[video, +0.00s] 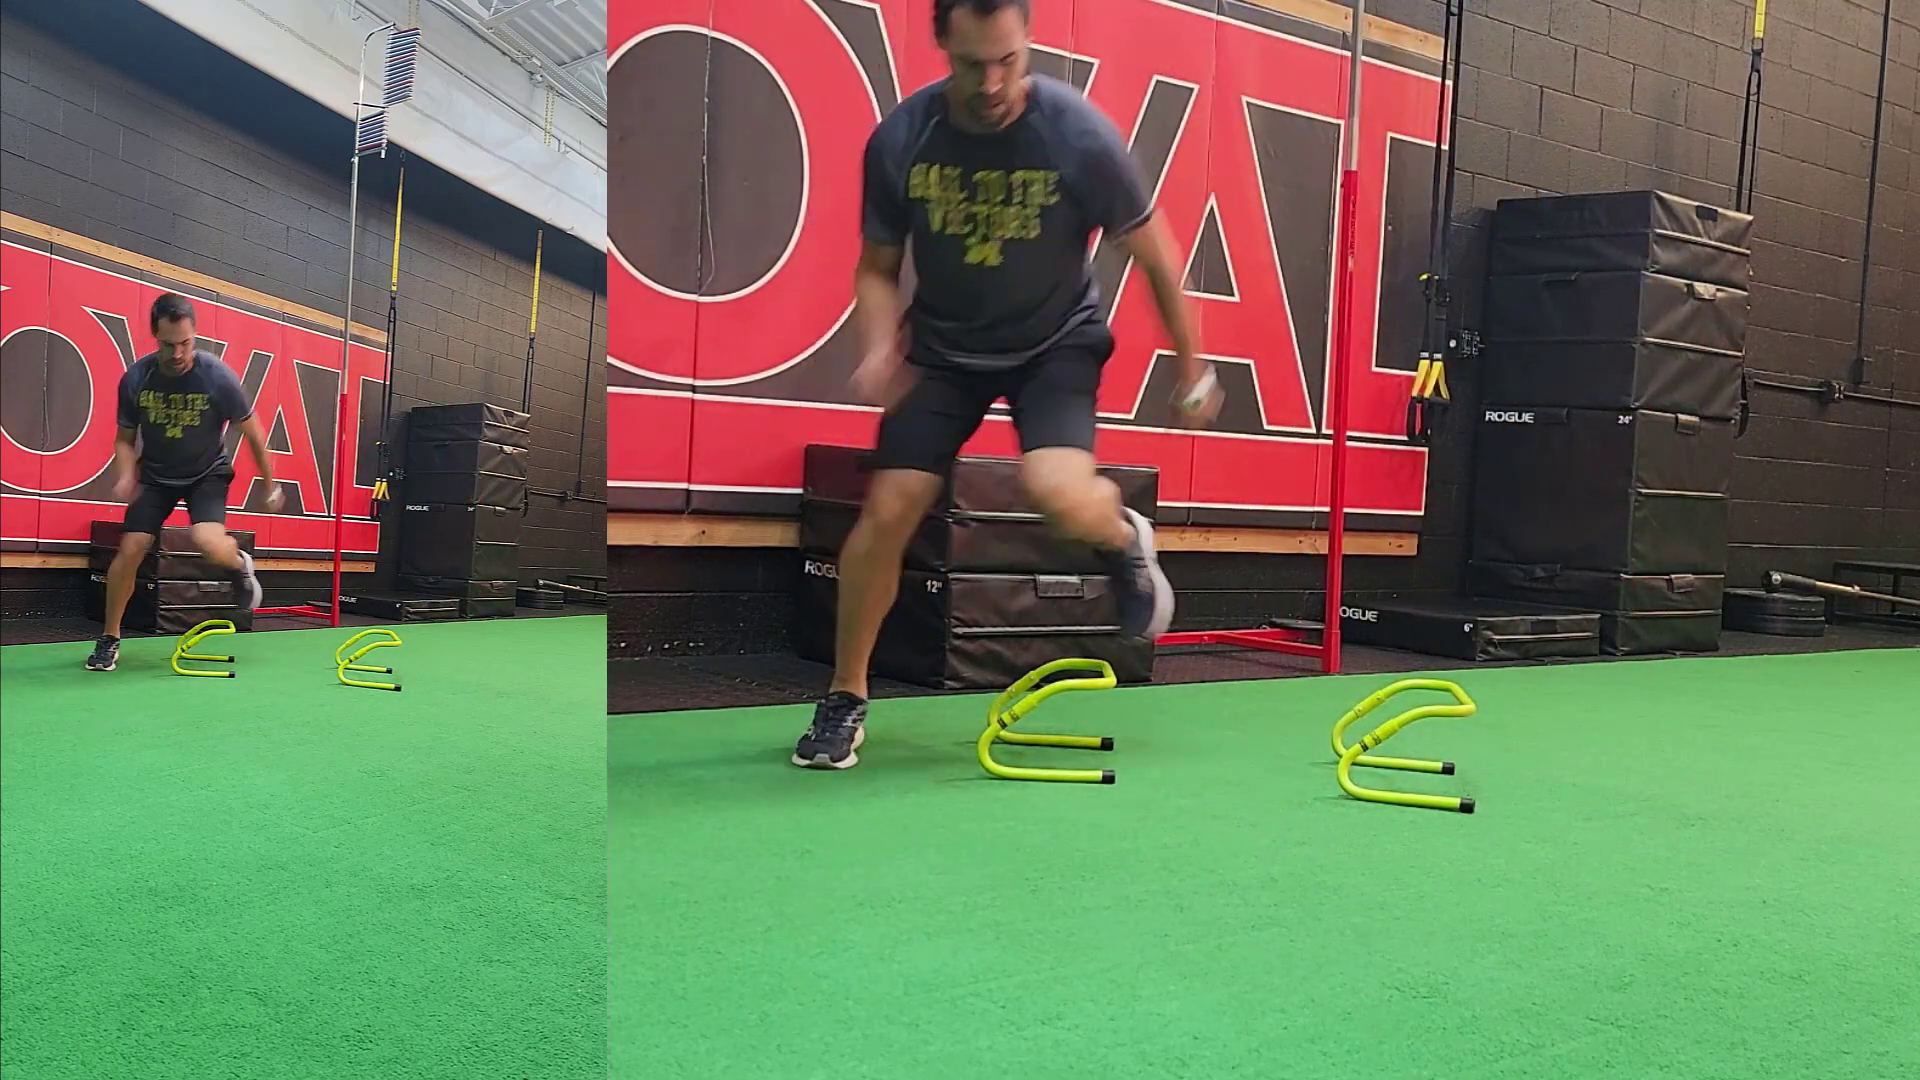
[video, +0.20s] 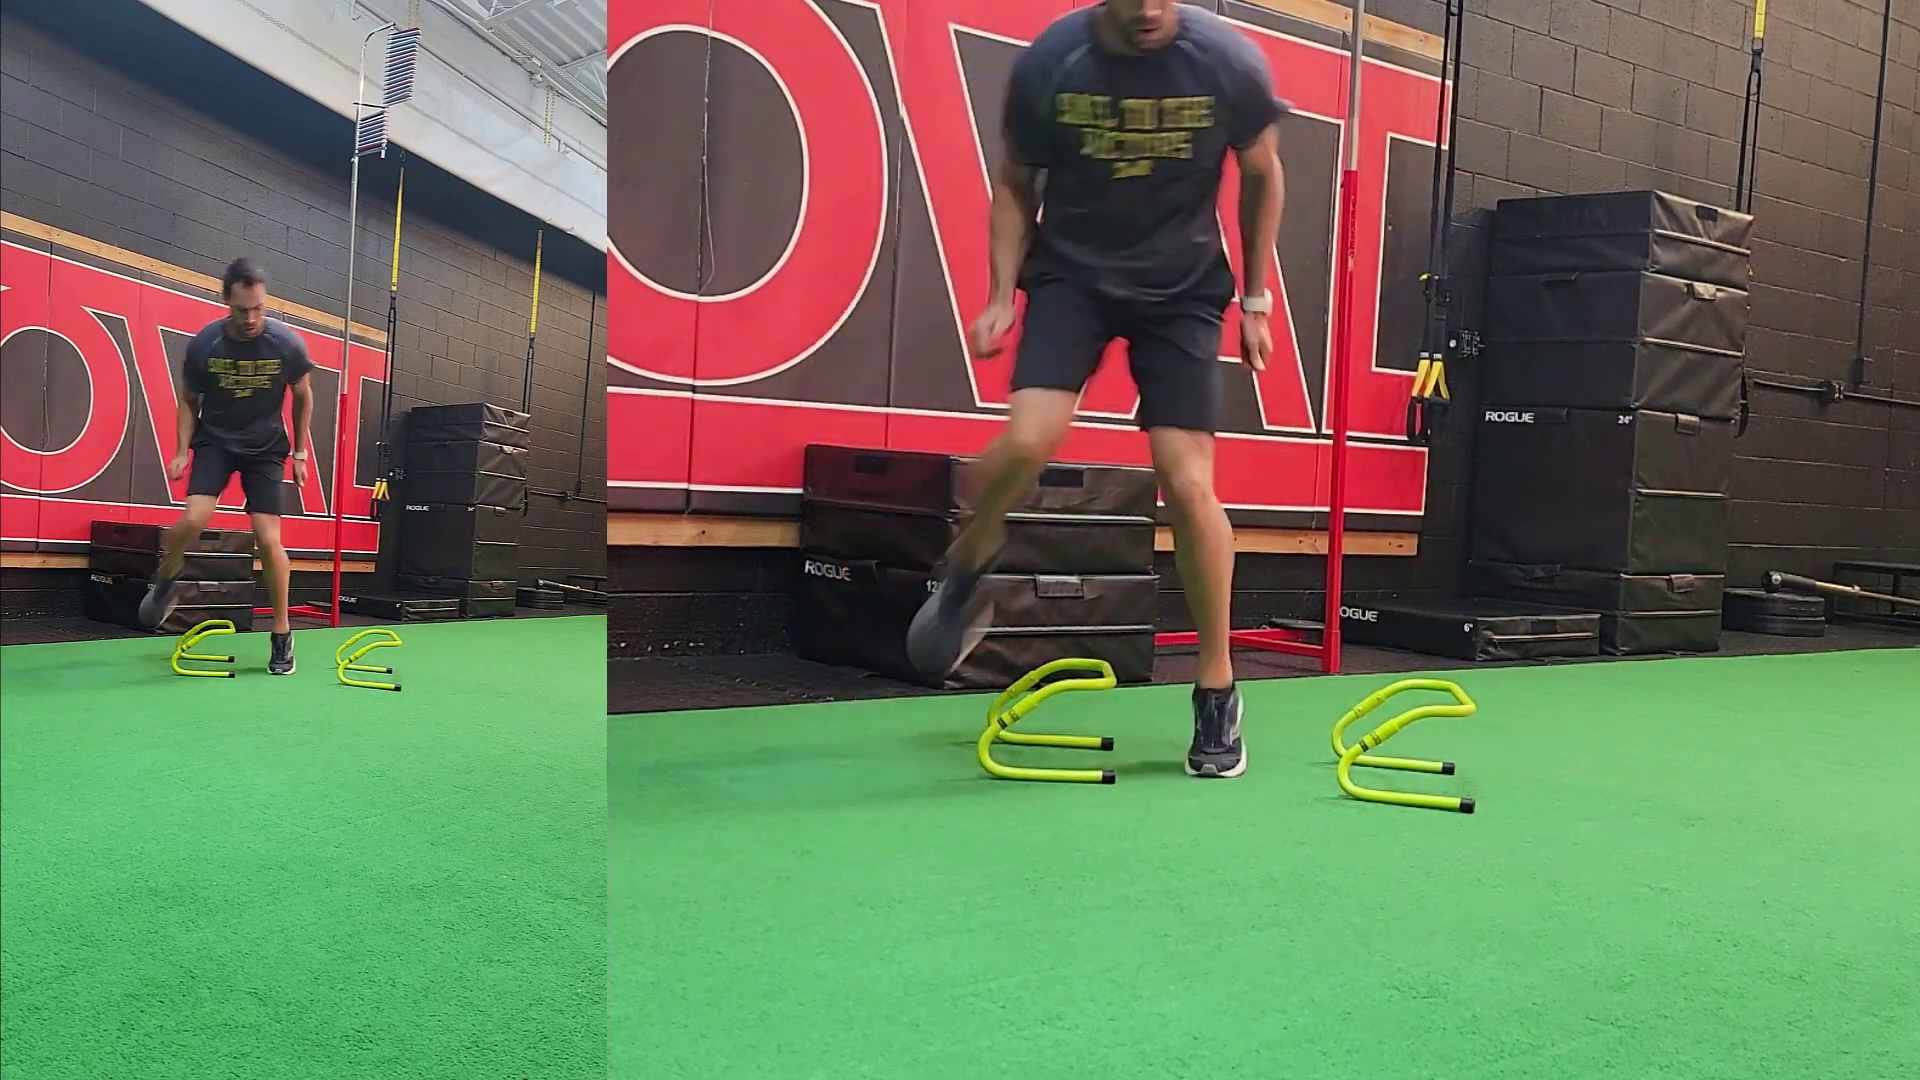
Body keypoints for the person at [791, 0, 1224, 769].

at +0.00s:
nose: (991, 83)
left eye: (1006, 62)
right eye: (972, 66)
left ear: (1029, 43)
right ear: (942, 51)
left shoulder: (1083, 139)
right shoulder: (899, 141)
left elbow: (1159, 258)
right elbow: (878, 266)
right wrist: (879, 347)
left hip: (1054, 346)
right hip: (943, 350)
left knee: (1058, 492)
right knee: (890, 506)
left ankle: (1128, 546)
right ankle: (845, 696)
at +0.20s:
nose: (1151, 13)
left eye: (1163, 1)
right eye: (1134, 3)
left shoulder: (1229, 64)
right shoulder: (1047, 64)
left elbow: (1264, 172)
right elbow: (1014, 185)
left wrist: (1257, 295)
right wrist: (1001, 294)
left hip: (1179, 289)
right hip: (1071, 280)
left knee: (1188, 485)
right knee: (1028, 445)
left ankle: (1216, 692)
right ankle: (963, 572)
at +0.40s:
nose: (1293, 8)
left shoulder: (1343, 54)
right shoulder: (1165, 57)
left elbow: (1369, 164)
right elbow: (1108, 181)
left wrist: (1343, 186)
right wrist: (1082, 317)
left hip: (1298, 282)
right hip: (1198, 274)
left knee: (1295, 459)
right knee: (1223, 437)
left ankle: (1250, 644)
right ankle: (1194, 642)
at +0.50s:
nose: (1347, 22)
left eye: (1359, 7)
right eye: (1330, 6)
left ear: (1373, 5)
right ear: (1290, 2)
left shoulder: (1400, 83)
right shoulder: (1225, 90)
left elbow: (1413, 194)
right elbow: (1169, 231)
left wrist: (1419, 304)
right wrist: (1173, 353)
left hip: (1355, 311)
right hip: (1243, 312)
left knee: (1402, 465)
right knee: (1243, 511)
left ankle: (1342, 505)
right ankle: (1204, 714)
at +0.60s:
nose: (1409, 26)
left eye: (1423, 10)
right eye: (1392, 9)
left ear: (1439, 10)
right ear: (1351, 7)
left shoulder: (1461, 78)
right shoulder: (1288, 90)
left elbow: (1474, 177)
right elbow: (1232, 225)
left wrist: (1469, 295)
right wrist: (1247, 351)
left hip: (1423, 310)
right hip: (1308, 323)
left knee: (1501, 466)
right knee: (1286, 503)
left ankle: (1486, 584)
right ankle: (1211, 709)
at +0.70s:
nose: (1477, 42)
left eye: (1492, 23)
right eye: (1460, 22)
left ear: (1509, 17)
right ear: (1420, 15)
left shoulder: (1531, 76)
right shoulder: (1357, 93)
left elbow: (1535, 163)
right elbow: (1301, 225)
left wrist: (1518, 266)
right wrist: (1351, 335)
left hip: (1485, 304)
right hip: (1379, 309)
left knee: (1542, 490)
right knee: (1356, 472)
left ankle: (1597, 693)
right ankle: (1274, 624)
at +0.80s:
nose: (1543, 91)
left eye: (1558, 71)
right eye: (1525, 72)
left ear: (1573, 53)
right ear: (1481, 51)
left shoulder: (1594, 129)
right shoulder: (1421, 147)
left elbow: (1594, 220)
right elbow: (1390, 288)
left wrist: (1571, 316)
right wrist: (1499, 282)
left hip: (1541, 352)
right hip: (1434, 345)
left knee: (1582, 537)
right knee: (1419, 476)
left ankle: (1625, 729)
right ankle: (1426, 504)